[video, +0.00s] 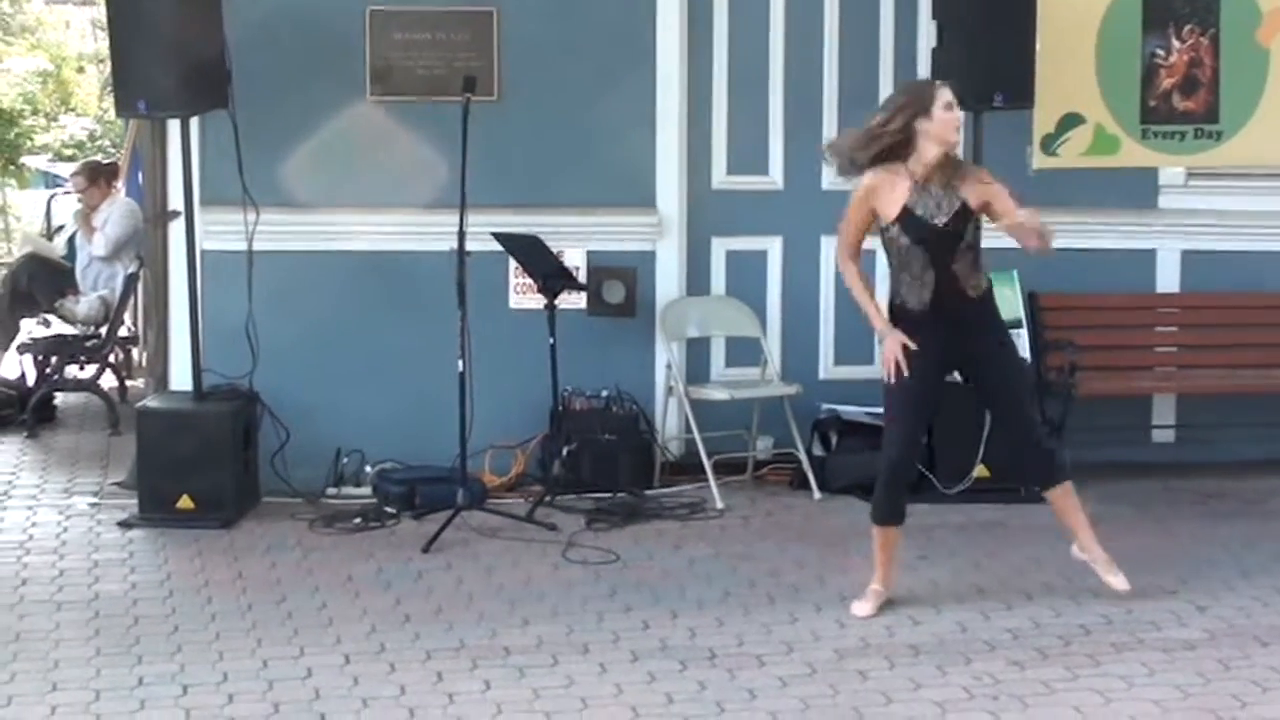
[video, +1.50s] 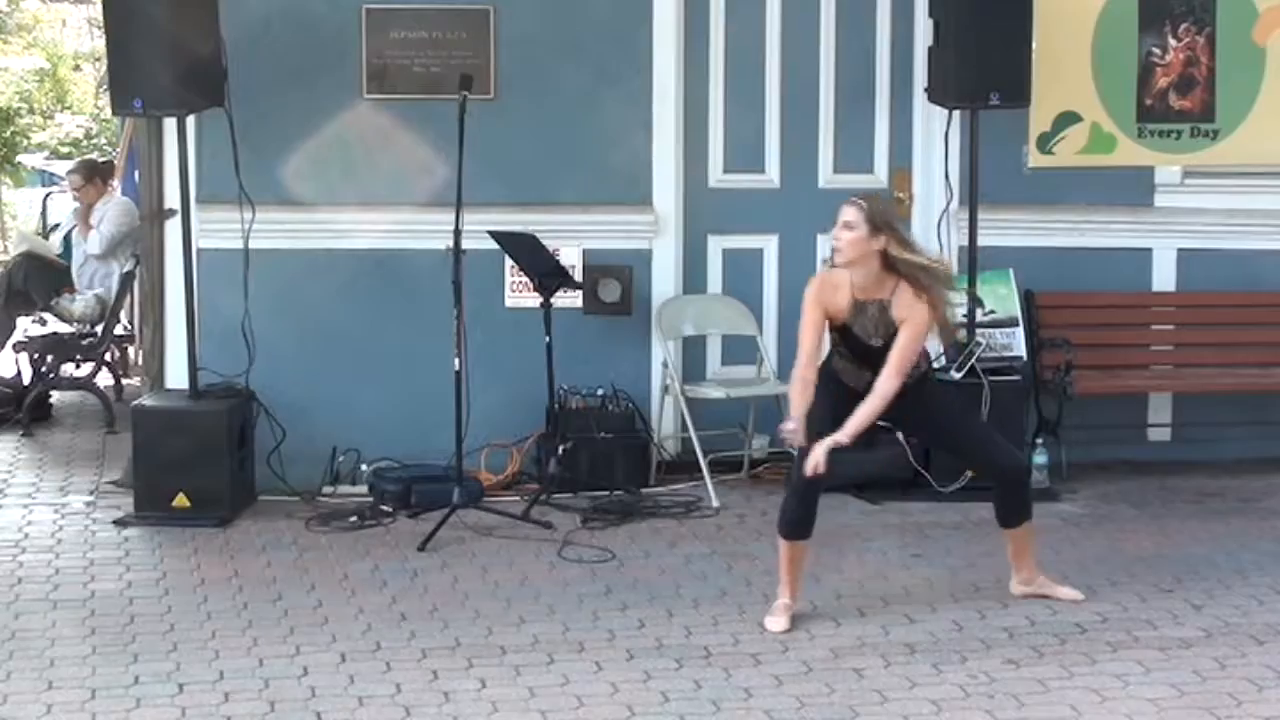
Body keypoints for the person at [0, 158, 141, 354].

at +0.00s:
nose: (79, 198)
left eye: (82, 192)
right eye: (77, 193)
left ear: (102, 185)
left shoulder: (126, 209)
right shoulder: (90, 214)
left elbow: (104, 248)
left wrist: (83, 223)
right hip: (84, 291)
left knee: (31, 265)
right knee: (14, 298)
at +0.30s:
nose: (78, 192)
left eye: (82, 186)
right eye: (76, 187)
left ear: (101, 180)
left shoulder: (126, 204)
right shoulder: (90, 209)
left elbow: (103, 242)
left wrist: (85, 217)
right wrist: (76, 284)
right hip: (84, 286)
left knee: (31, 259)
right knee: (13, 291)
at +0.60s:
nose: (76, 194)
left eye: (80, 187)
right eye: (74, 189)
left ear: (98, 181)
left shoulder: (124, 205)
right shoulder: (86, 211)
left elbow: (101, 244)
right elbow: (57, 248)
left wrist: (84, 219)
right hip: (78, 287)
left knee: (28, 261)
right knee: (12, 297)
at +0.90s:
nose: (73, 195)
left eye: (76, 189)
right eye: (70, 190)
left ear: (94, 182)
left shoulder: (121, 206)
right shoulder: (83, 210)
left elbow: (98, 245)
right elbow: (55, 247)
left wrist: (81, 221)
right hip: (76, 289)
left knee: (25, 262)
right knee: (9, 299)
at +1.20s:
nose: (74, 197)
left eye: (77, 190)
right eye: (72, 192)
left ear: (95, 184)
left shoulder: (121, 208)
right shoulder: (84, 211)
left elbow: (99, 246)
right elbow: (55, 248)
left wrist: (81, 222)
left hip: (100, 297)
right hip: (76, 287)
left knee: (26, 263)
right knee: (10, 304)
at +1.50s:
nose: (75, 197)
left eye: (78, 190)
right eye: (73, 192)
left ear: (99, 184)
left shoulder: (121, 208)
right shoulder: (83, 211)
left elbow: (98, 246)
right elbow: (56, 247)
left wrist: (82, 222)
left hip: (98, 299)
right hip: (74, 291)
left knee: (26, 264)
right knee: (9, 301)